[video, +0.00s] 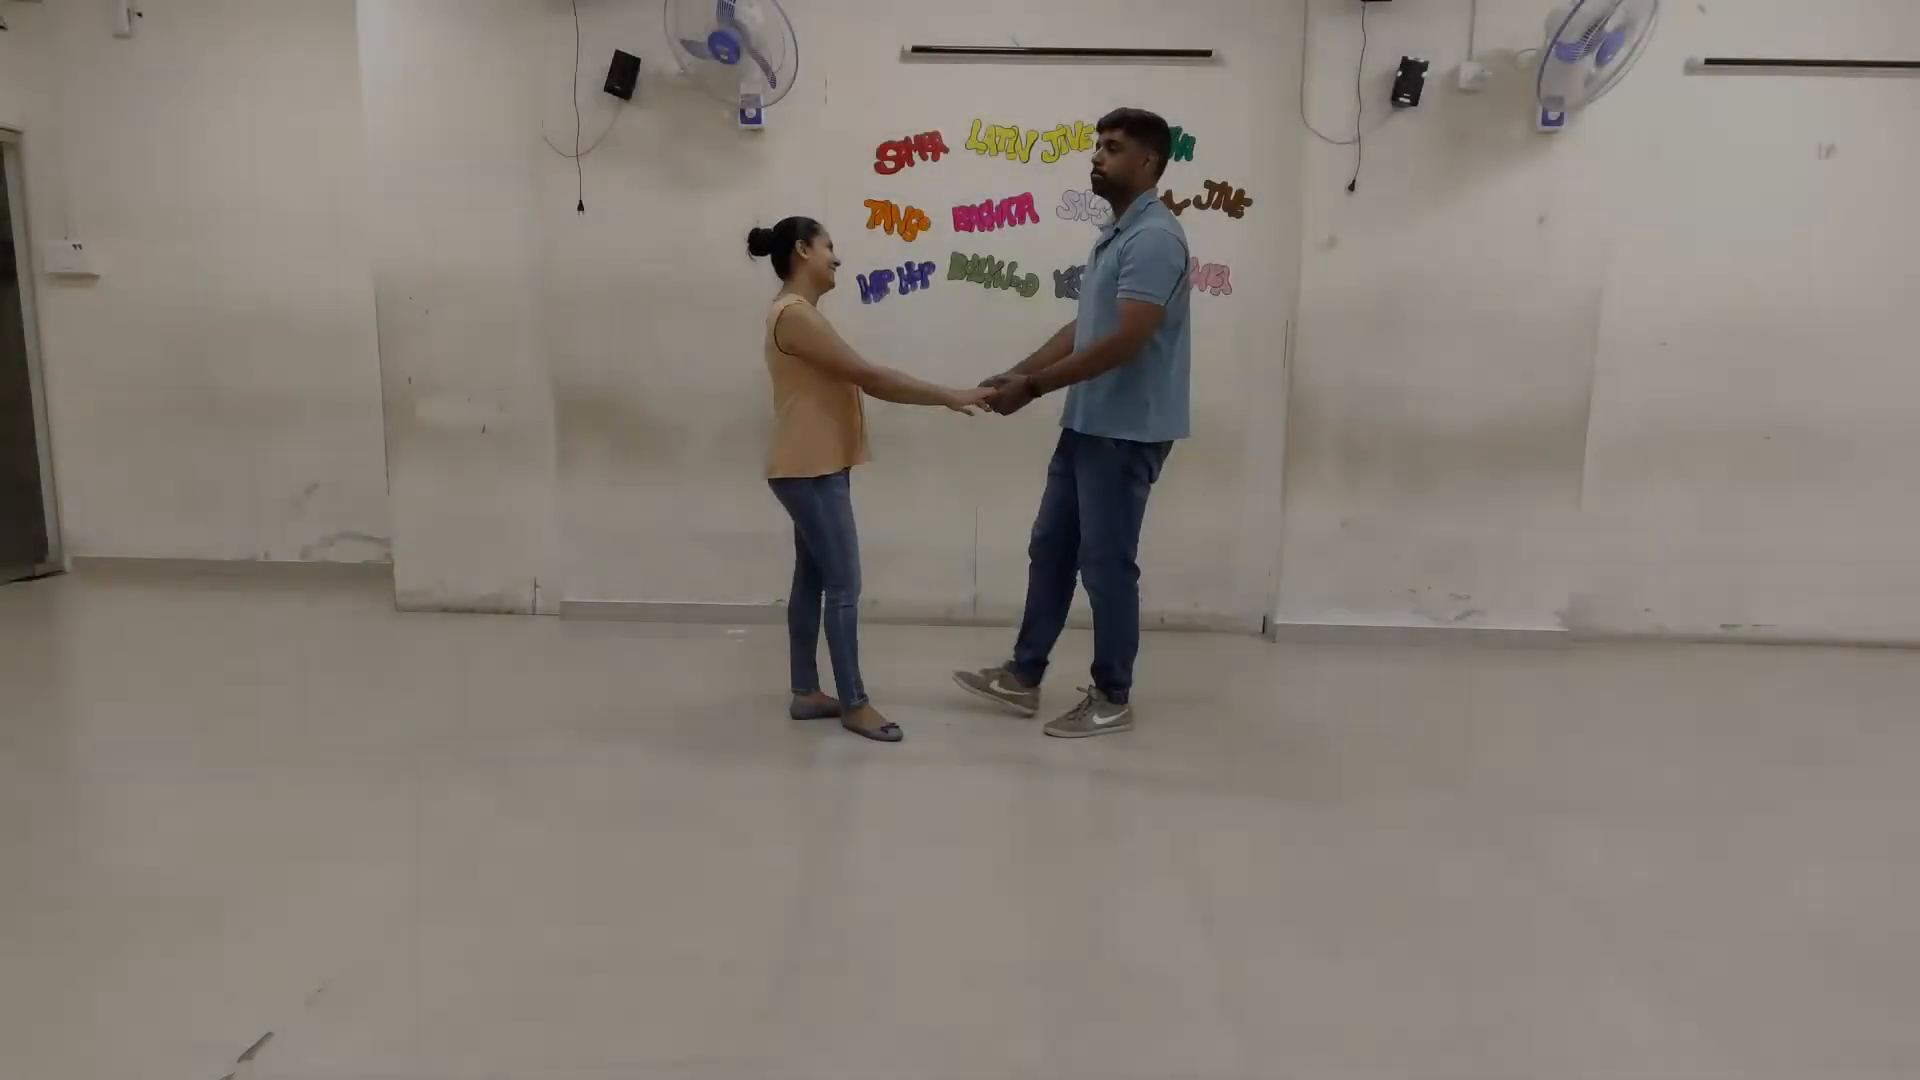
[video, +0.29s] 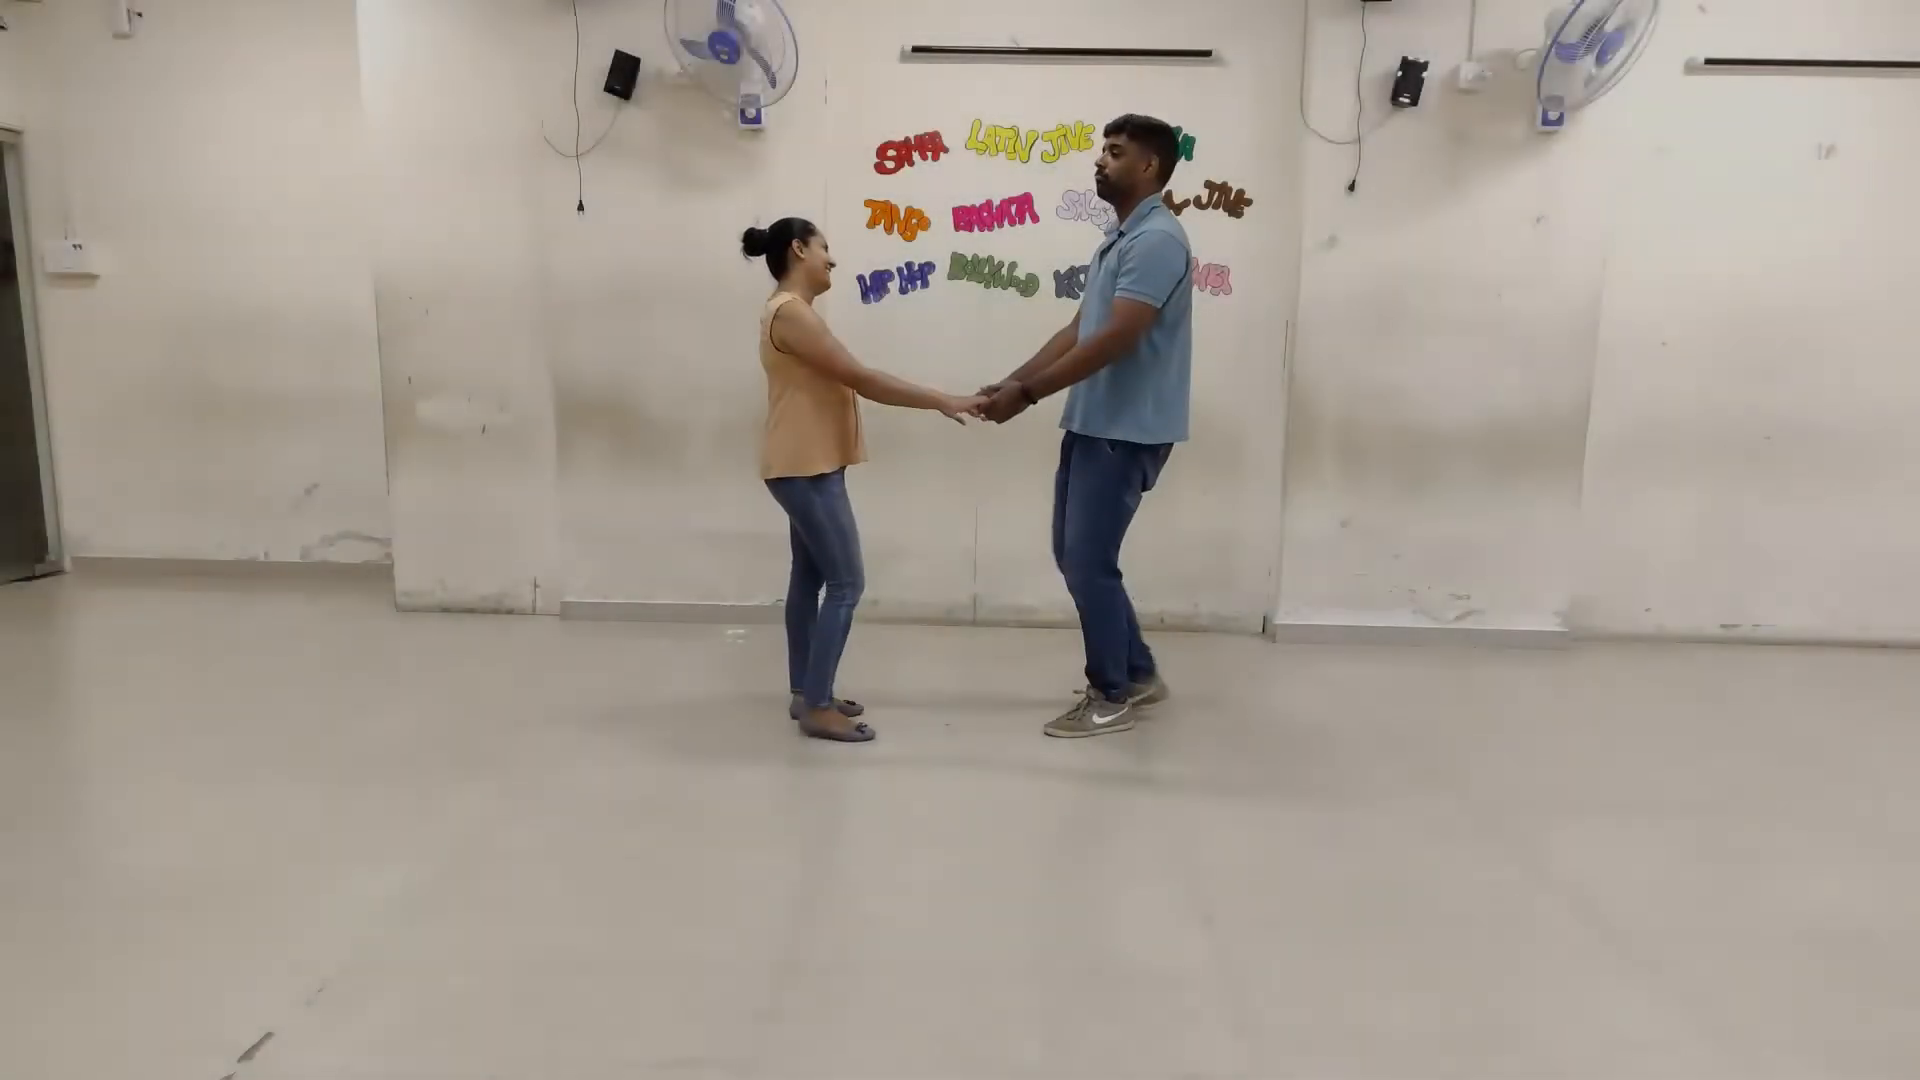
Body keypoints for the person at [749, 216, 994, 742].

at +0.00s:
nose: (836, 257)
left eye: (833, 248)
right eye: (829, 247)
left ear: (802, 255)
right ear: (802, 252)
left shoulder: (798, 314)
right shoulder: (794, 317)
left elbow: (871, 380)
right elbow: (871, 377)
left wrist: (947, 397)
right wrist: (949, 395)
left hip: (814, 468)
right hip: (811, 471)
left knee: (808, 583)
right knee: (843, 586)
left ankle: (806, 693)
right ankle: (854, 704)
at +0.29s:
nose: (832, 258)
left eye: (828, 249)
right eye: (824, 248)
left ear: (796, 253)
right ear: (798, 250)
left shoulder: (791, 312)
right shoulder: (791, 314)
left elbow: (859, 379)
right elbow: (861, 379)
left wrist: (938, 400)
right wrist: (941, 400)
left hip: (805, 465)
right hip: (807, 467)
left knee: (807, 579)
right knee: (845, 583)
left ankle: (807, 693)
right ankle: (817, 706)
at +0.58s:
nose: (829, 250)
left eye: (825, 241)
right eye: (822, 241)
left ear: (791, 250)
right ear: (801, 246)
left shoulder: (784, 309)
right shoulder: (800, 313)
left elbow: (871, 376)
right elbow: (872, 379)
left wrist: (954, 391)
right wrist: (958, 397)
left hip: (802, 463)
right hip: (815, 465)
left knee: (809, 587)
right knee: (824, 593)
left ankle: (808, 695)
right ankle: (811, 714)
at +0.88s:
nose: (831, 243)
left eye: (825, 234)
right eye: (823, 236)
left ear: (794, 253)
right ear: (806, 249)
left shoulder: (793, 308)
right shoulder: (806, 317)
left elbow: (872, 371)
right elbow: (880, 387)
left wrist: (949, 383)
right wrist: (967, 403)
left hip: (818, 462)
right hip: (813, 467)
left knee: (843, 573)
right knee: (827, 588)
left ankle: (820, 688)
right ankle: (810, 716)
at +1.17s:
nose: (835, 249)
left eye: (829, 241)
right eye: (824, 247)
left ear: (803, 267)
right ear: (801, 269)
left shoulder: (816, 315)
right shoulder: (808, 325)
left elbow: (876, 388)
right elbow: (879, 391)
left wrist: (940, 412)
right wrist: (969, 409)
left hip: (845, 470)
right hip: (823, 475)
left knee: (870, 576)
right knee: (844, 590)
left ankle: (847, 692)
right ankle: (812, 716)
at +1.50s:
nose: (833, 247)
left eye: (830, 238)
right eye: (817, 246)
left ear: (836, 248)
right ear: (795, 269)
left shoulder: (856, 313)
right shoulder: (802, 324)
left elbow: (896, 386)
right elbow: (858, 387)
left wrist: (955, 411)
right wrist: (947, 402)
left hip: (873, 466)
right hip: (830, 473)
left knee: (864, 586)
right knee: (846, 589)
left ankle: (849, 689)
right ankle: (828, 708)